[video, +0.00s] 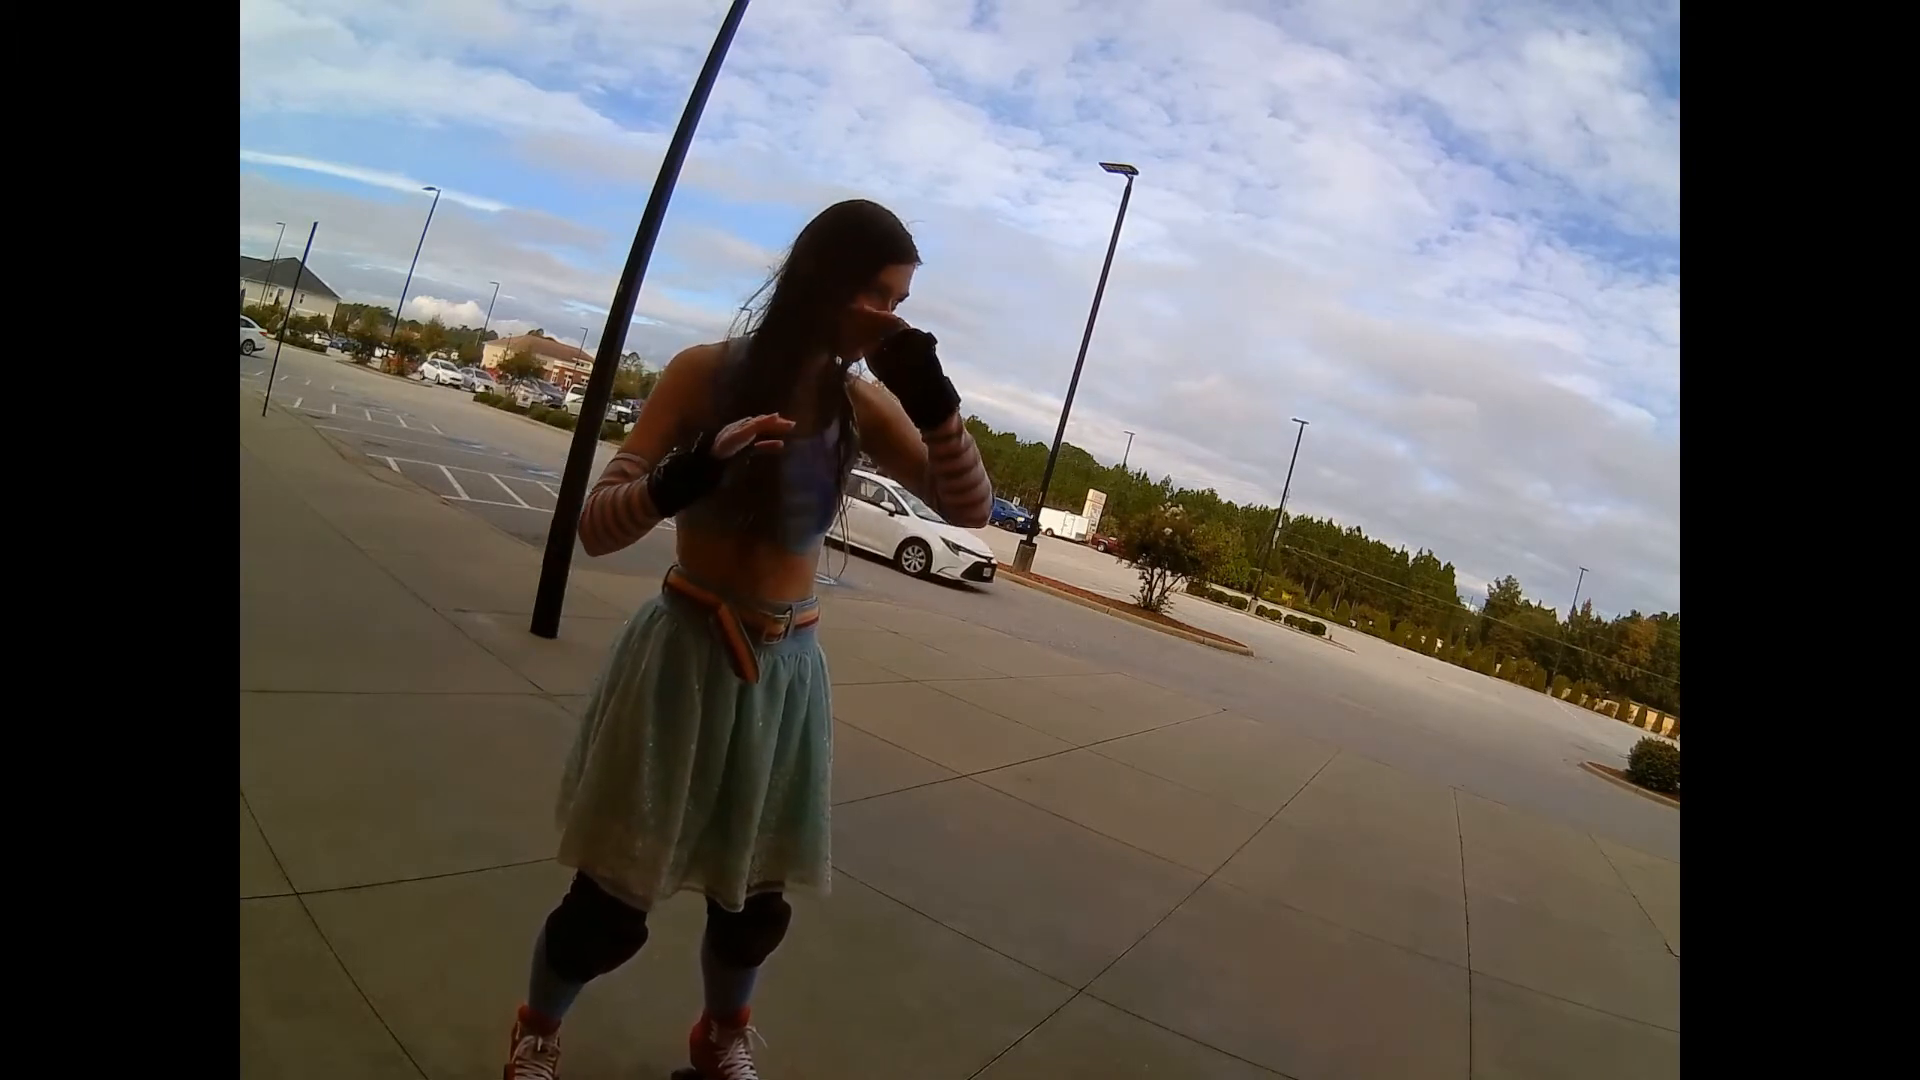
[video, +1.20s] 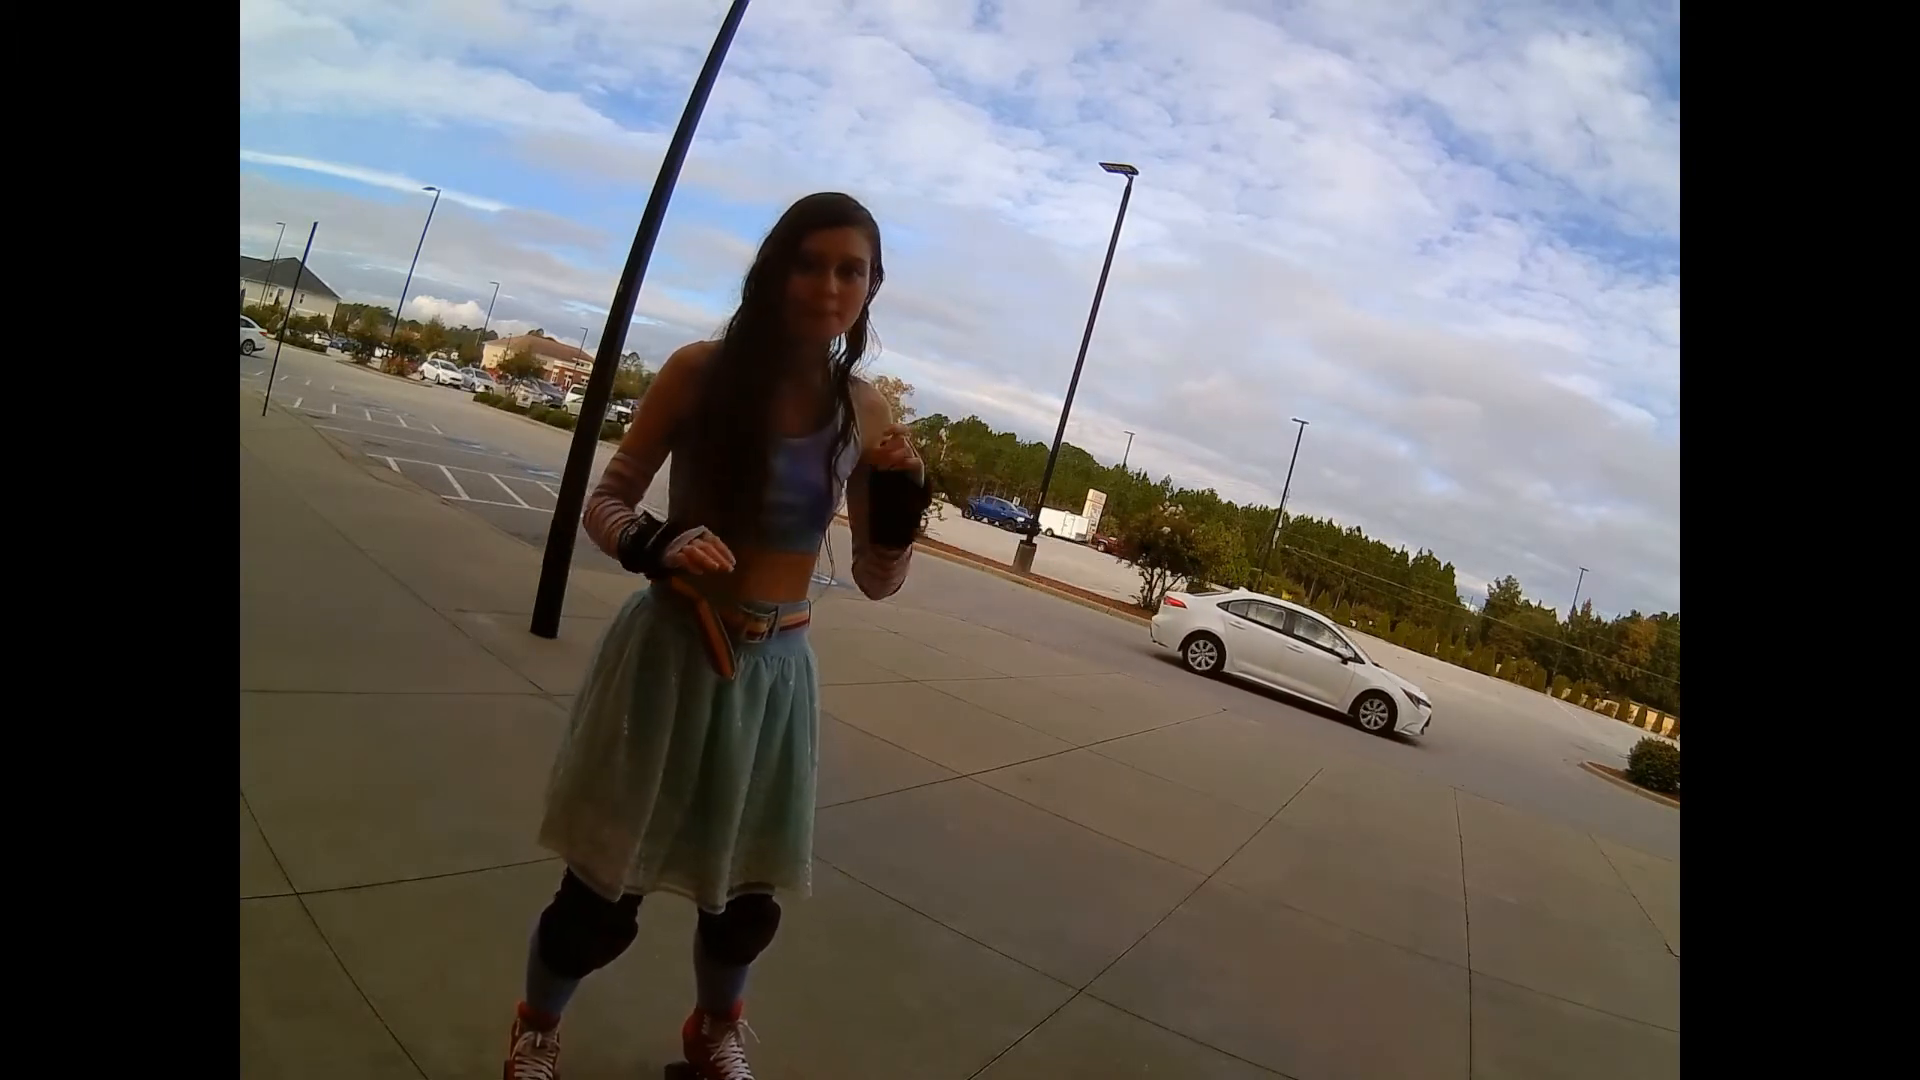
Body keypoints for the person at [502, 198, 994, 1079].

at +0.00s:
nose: (893, 318)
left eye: (902, 300)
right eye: (882, 296)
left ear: (894, 307)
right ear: (825, 286)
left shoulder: (857, 399)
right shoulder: (705, 378)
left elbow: (966, 507)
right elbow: (598, 529)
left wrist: (931, 393)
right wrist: (701, 464)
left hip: (788, 665)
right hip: (682, 649)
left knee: (756, 908)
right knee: (611, 909)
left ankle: (724, 1039)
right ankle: (537, 1034)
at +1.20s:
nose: (828, 288)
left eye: (850, 272)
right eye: (810, 266)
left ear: (871, 290)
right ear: (774, 270)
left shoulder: (862, 410)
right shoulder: (699, 373)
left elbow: (878, 578)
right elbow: (604, 503)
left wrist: (895, 483)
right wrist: (655, 547)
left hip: (776, 668)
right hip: (671, 650)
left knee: (747, 901)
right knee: (602, 895)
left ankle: (714, 1037)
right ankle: (535, 1037)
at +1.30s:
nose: (816, 286)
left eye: (839, 269)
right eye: (798, 264)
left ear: (863, 288)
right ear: (764, 272)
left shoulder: (865, 411)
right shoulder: (695, 373)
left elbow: (845, 544)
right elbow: (605, 496)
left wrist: (874, 609)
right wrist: (620, 570)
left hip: (773, 672)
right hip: (666, 656)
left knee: (746, 905)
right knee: (599, 896)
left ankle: (714, 1035)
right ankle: (535, 1033)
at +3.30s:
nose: (838, 316)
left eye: (862, 300)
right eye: (823, 293)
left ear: (897, 315)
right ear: (799, 297)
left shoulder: (902, 426)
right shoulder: (739, 382)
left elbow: (868, 568)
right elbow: (671, 521)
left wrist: (872, 683)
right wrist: (637, 640)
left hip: (811, 677)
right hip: (702, 652)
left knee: (760, 887)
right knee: (619, 868)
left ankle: (716, 1032)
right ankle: (579, 1034)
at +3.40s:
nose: (838, 316)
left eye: (862, 300)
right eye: (823, 293)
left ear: (897, 316)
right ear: (799, 298)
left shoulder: (898, 427)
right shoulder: (737, 383)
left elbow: (864, 572)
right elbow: (670, 522)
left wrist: (867, 688)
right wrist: (637, 644)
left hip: (809, 679)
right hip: (699, 654)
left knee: (758, 886)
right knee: (619, 872)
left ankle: (715, 1032)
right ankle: (586, 1035)